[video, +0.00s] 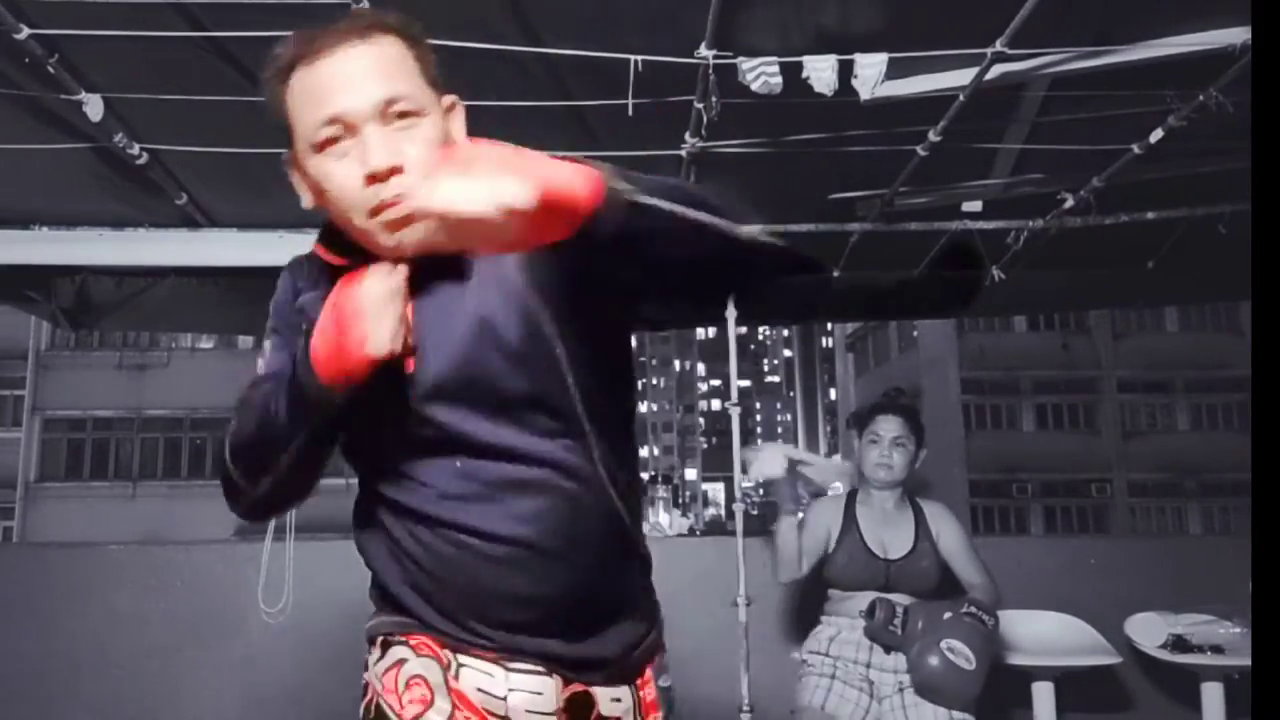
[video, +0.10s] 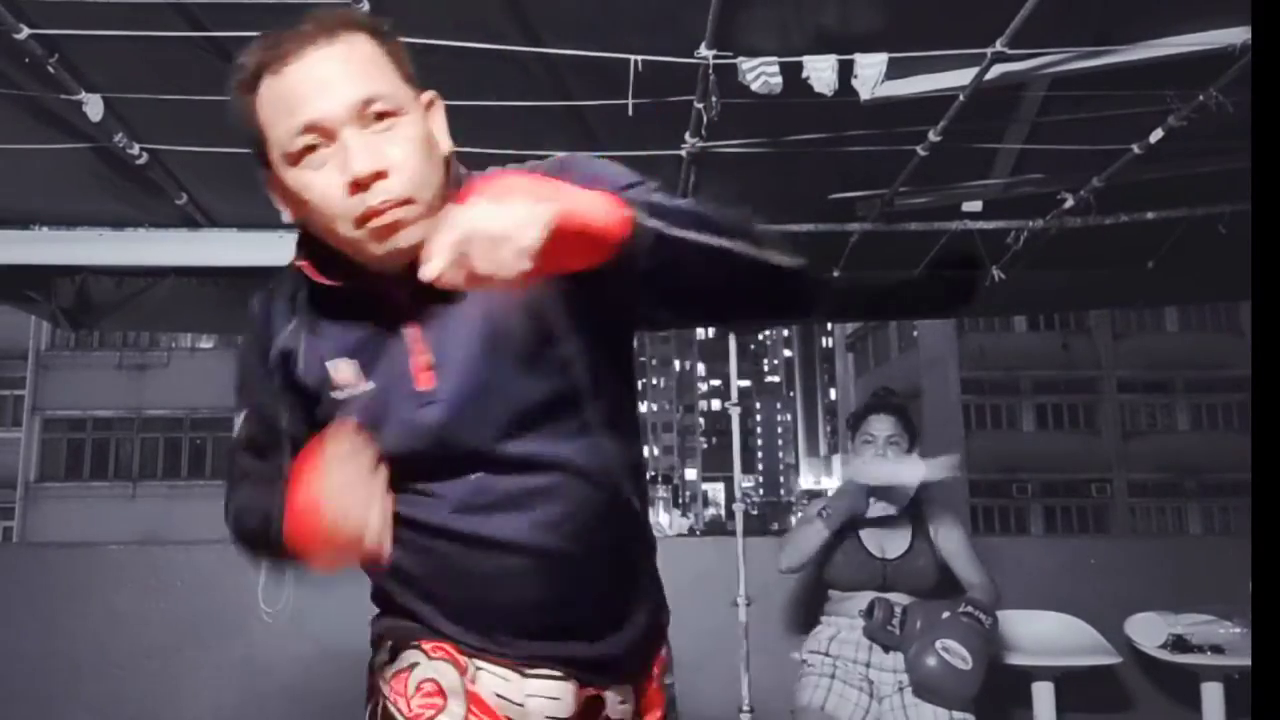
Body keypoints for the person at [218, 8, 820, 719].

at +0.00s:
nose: (377, 159)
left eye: (400, 117)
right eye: (335, 140)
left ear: (455, 124)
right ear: (304, 182)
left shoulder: (565, 246)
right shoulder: (317, 290)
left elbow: (798, 279)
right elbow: (251, 494)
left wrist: (591, 202)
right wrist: (320, 371)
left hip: (612, 659)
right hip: (442, 658)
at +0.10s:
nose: (357, 164)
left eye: (376, 119)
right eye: (312, 150)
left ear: (434, 120)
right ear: (281, 194)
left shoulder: (554, 206)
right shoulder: (295, 324)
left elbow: (787, 285)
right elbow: (248, 499)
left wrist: (596, 231)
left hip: (625, 663)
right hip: (456, 666)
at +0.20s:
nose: (479, 124)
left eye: (489, 80)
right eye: (424, 105)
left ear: (525, 92)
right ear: (369, 161)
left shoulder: (591, 239)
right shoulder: (332, 319)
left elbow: (788, 238)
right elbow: (266, 549)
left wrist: (695, 183)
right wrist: (368, 684)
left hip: (606, 666)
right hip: (450, 663)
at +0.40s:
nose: (586, 109)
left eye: (598, 77)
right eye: (540, 84)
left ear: (620, 94)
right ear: (466, 121)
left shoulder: (616, 235)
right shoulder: (430, 240)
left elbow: (743, 321)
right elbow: (378, 448)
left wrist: (729, 245)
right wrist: (511, 268)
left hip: (579, 648)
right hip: (440, 658)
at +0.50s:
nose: (586, 114)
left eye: (599, 88)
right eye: (553, 90)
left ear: (623, 96)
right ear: (478, 127)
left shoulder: (625, 241)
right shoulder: (437, 211)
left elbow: (738, 351)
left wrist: (720, 260)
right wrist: (508, 186)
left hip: (585, 652)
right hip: (437, 646)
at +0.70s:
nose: (455, 98)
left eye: (483, 64)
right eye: (413, 76)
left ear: (533, 101)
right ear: (363, 126)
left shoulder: (621, 224)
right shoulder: (343, 252)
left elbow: (825, 338)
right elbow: (194, 392)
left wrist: (711, 254)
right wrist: (347, 238)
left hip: (605, 669)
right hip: (433, 654)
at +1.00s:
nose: (563, 106)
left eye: (579, 76)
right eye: (515, 79)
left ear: (603, 91)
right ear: (432, 120)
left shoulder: (639, 239)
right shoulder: (376, 244)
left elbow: (809, 361)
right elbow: (283, 456)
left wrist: (726, 229)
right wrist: (424, 262)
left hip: (616, 666)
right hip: (455, 660)